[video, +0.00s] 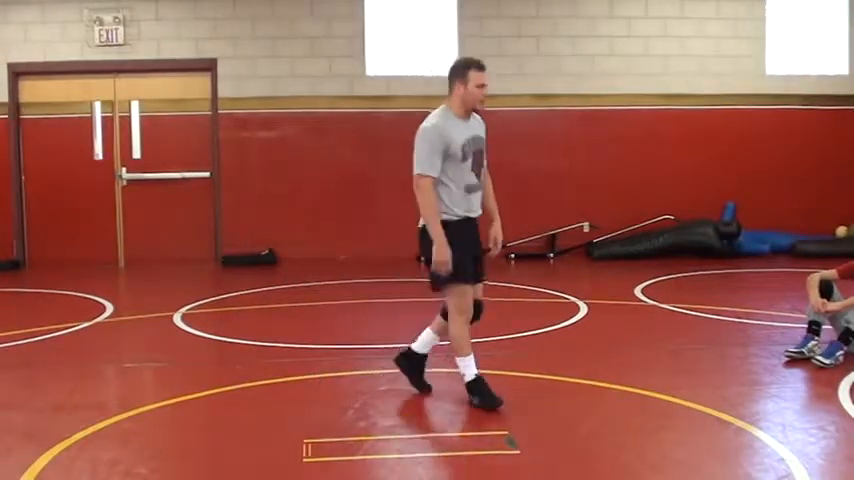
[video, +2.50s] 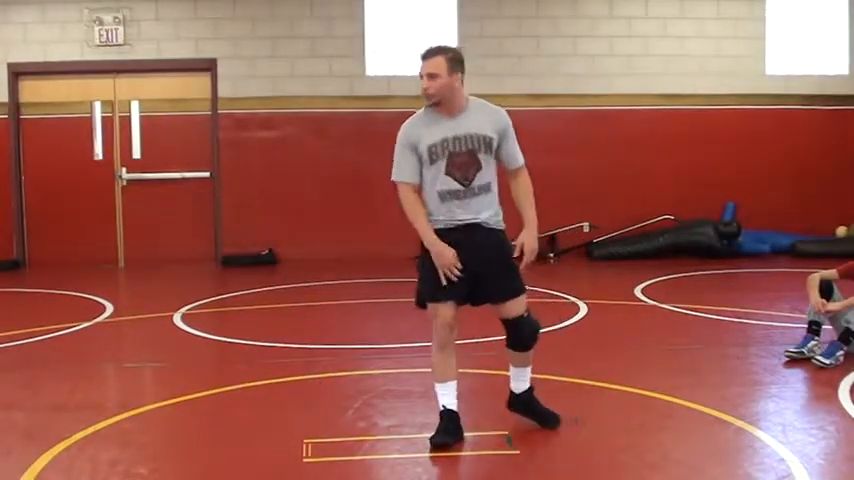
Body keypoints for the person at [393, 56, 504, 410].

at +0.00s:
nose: (485, 93)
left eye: (486, 87)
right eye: (479, 87)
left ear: (474, 89)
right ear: (457, 87)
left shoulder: (477, 124)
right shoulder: (432, 129)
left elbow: (482, 173)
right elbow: (423, 185)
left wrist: (495, 218)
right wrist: (439, 240)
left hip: (470, 225)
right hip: (444, 227)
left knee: (470, 307)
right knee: (460, 307)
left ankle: (414, 353)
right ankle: (473, 382)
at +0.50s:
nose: (530, 93)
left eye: (531, 86)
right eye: (525, 86)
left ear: (513, 86)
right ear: (501, 85)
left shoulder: (514, 122)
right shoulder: (473, 125)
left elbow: (513, 182)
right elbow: (462, 183)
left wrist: (529, 223)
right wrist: (500, 227)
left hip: (512, 226)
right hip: (479, 230)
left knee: (533, 308)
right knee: (482, 308)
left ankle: (547, 387)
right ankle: (476, 383)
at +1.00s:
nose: (561, 85)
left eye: (569, 79)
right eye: (554, 77)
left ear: (579, 85)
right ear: (543, 80)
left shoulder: (584, 131)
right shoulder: (514, 118)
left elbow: (600, 185)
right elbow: (483, 164)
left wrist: (625, 232)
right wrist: (475, 208)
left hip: (559, 229)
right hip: (516, 228)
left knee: (561, 320)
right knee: (524, 318)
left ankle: (552, 397)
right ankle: (510, 377)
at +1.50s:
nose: (568, 83)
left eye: (577, 76)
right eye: (563, 75)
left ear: (591, 82)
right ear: (555, 78)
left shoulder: (602, 137)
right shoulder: (525, 114)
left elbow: (603, 197)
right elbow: (496, 162)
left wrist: (593, 246)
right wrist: (476, 213)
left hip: (558, 230)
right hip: (513, 223)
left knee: (561, 318)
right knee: (512, 314)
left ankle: (551, 398)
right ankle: (508, 396)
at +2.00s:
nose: (522, 91)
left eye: (531, 84)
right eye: (518, 83)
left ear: (549, 86)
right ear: (511, 83)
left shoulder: (569, 134)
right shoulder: (487, 122)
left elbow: (576, 194)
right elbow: (462, 173)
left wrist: (560, 245)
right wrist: (450, 225)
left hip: (540, 237)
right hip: (488, 234)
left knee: (548, 323)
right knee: (472, 321)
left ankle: (550, 399)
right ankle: (455, 408)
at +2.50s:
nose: (424, 85)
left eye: (432, 77)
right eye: (422, 77)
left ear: (457, 79)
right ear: (425, 80)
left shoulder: (495, 118)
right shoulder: (413, 131)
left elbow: (517, 173)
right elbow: (407, 192)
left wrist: (530, 227)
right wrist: (434, 245)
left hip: (489, 234)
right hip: (440, 239)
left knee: (521, 325)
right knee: (444, 324)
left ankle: (521, 395)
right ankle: (449, 417)